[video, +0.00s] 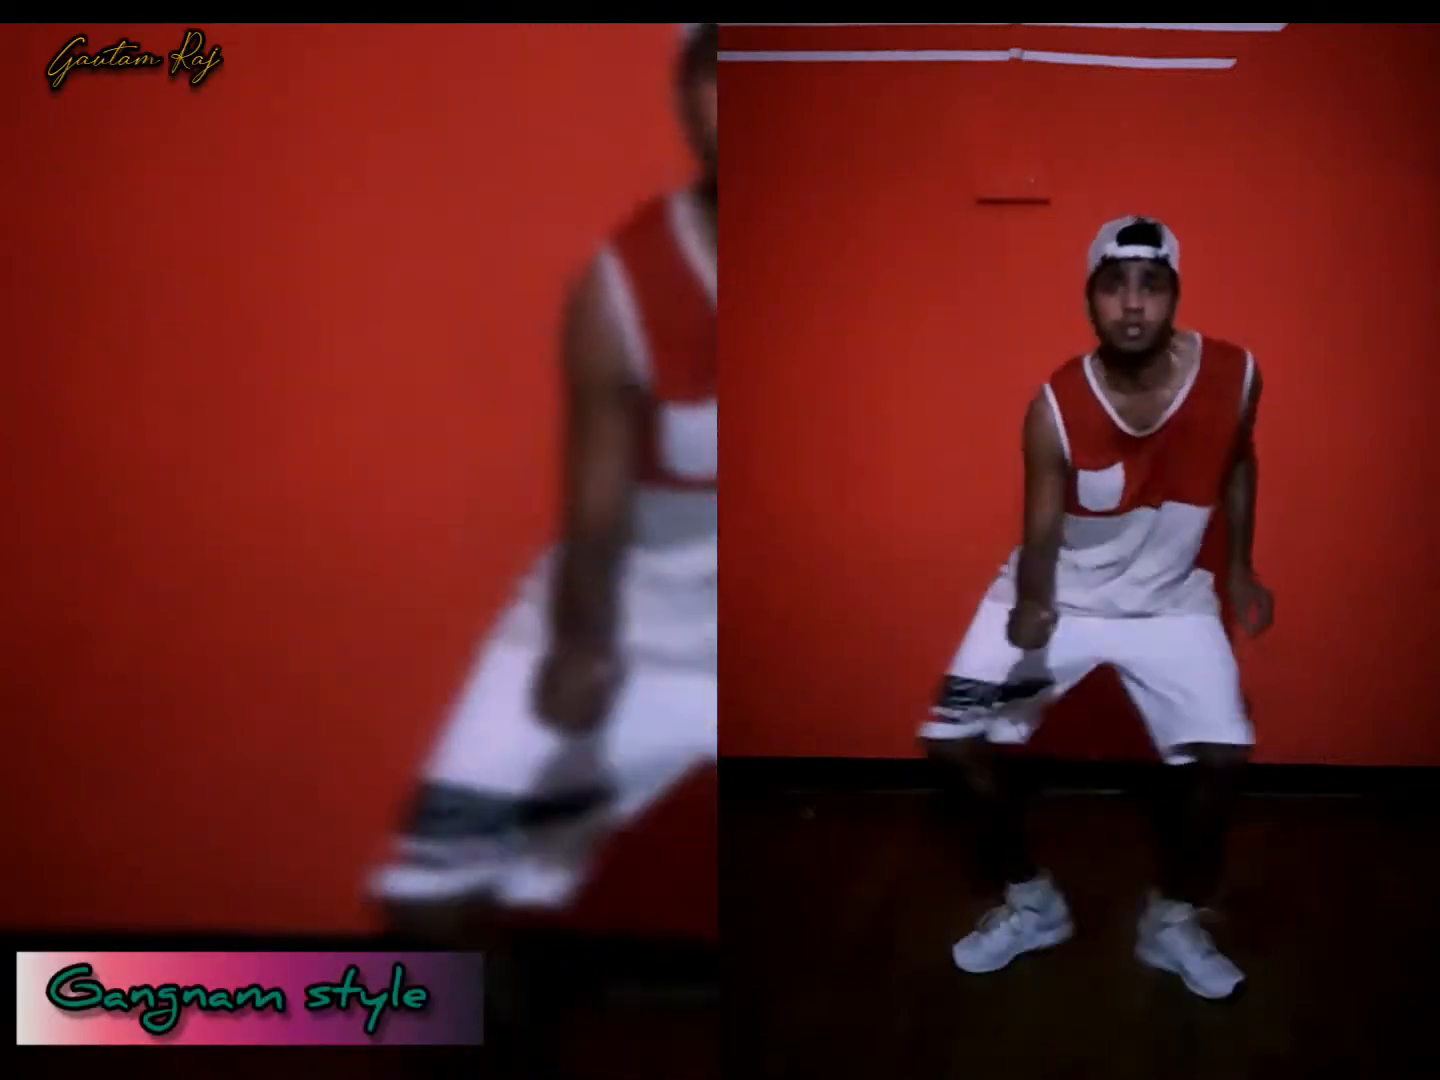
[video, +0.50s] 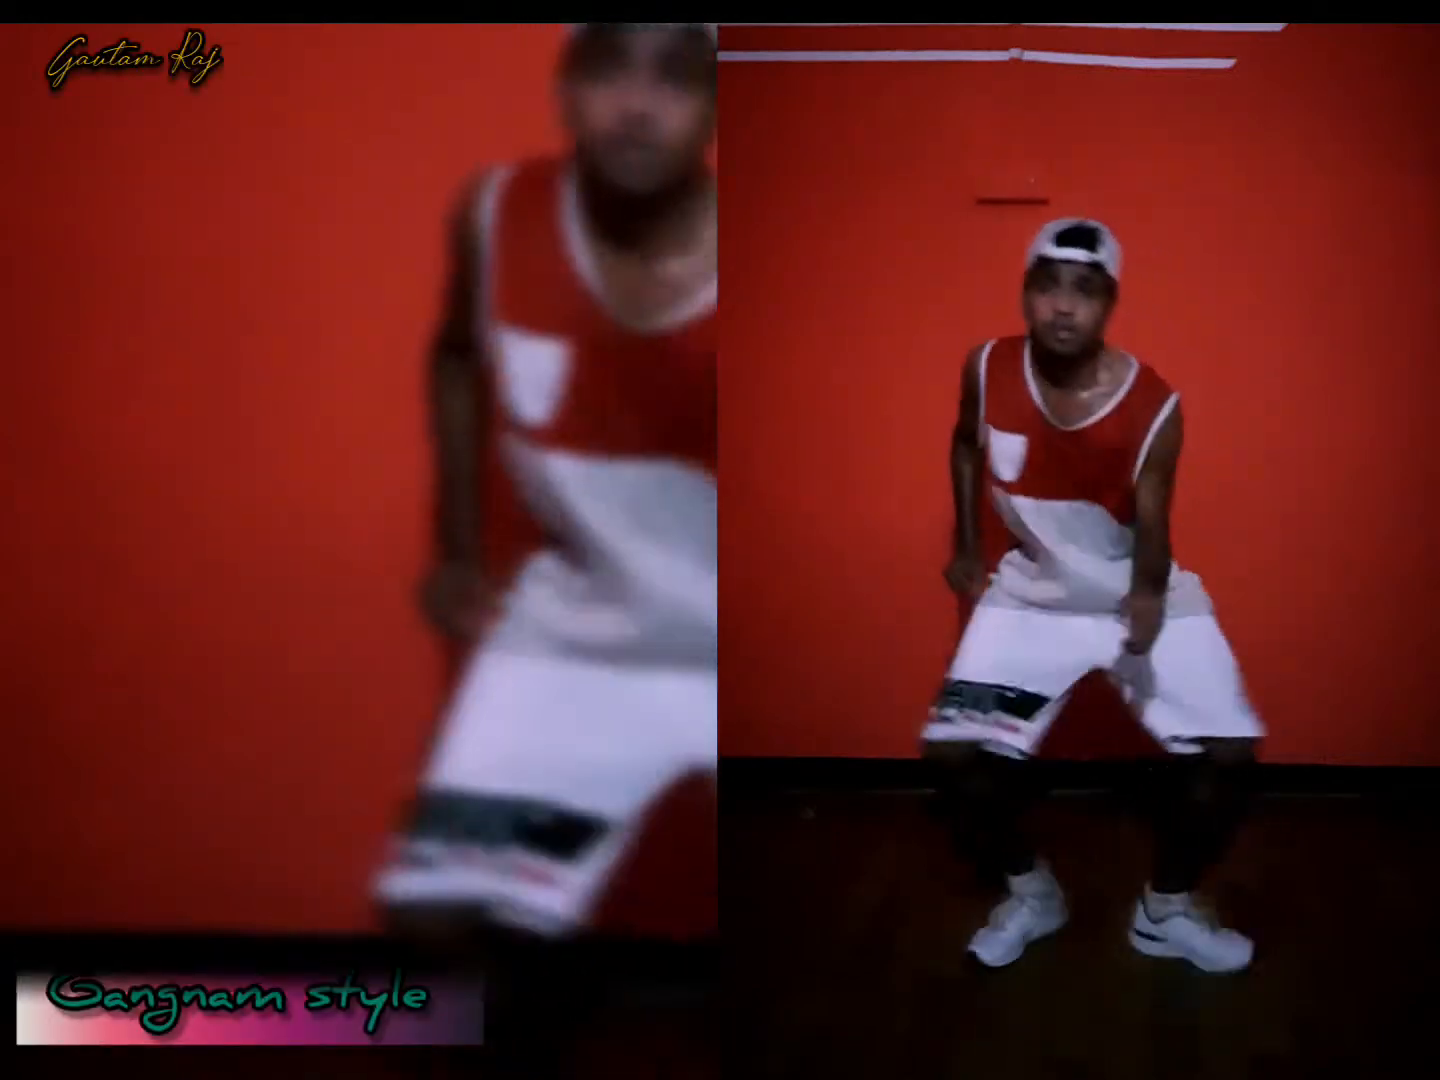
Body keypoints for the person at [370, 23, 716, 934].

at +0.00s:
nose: (730, 113)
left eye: (744, 87)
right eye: (714, 84)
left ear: (804, 106)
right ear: (686, 102)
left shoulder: (866, 255)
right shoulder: (635, 278)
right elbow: (599, 488)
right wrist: (581, 642)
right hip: (656, 592)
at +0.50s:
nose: (634, 106)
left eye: (673, 76)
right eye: (606, 71)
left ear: (717, 107)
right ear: (566, 90)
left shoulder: (759, 248)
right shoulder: (498, 219)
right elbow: (461, 360)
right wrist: (458, 553)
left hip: (722, 649)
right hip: (560, 628)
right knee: (454, 904)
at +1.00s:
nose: (703, 136)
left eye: (722, 107)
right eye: (680, 107)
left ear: (761, 122)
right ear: (649, 122)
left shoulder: (823, 268)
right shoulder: (605, 286)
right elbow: (607, 540)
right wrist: (647, 518)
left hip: (772, 597)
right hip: (625, 595)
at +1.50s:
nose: (593, 138)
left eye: (628, 109)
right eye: (563, 104)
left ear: (673, 133)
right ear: (523, 127)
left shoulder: (739, 269)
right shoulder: (484, 265)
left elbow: (814, 455)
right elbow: (480, 455)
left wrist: (735, 590)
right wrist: (472, 609)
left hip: (713, 645)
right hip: (552, 638)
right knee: (432, 892)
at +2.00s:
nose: (564, 186)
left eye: (599, 155)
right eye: (536, 153)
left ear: (647, 173)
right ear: (498, 170)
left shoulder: (720, 323)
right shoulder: (466, 280)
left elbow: (788, 491)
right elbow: (459, 438)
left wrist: (727, 599)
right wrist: (469, 524)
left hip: (697, 653)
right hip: (541, 647)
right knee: (405, 912)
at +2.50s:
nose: (460, 85)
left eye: (490, 55)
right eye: (434, 54)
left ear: (533, 71)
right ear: (401, 72)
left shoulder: (595, 197)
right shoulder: (362, 237)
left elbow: (595, 386)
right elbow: (444, 485)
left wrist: (723, 435)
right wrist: (468, 337)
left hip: (600, 629)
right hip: (456, 633)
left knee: (527, 962)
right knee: (450, 955)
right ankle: (330, 1053)